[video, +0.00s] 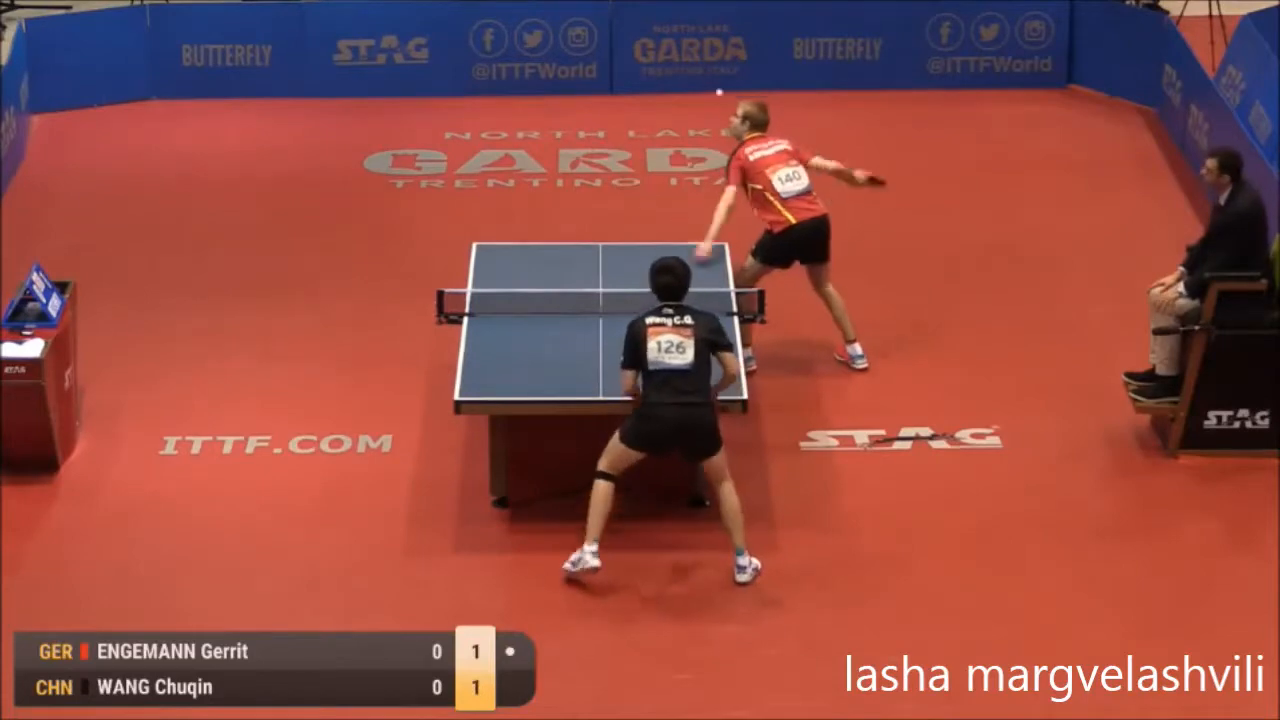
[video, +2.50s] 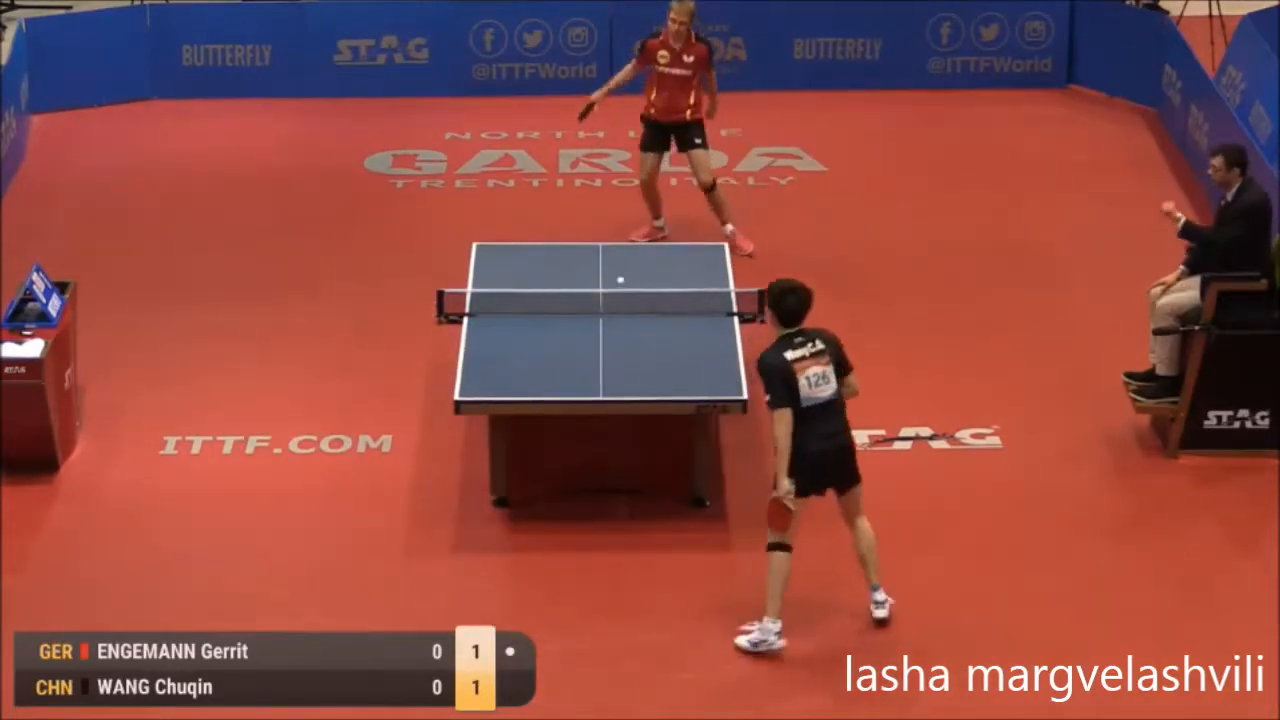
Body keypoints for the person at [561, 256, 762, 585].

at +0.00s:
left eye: (658, 282)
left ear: (653, 287)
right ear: (687, 287)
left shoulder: (639, 325)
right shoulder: (706, 321)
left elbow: (628, 385)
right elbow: (732, 371)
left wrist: (643, 397)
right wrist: (713, 391)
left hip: (653, 417)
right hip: (699, 418)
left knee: (607, 471)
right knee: (722, 482)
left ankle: (589, 550)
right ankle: (742, 559)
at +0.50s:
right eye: (572, 287)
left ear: (545, 289)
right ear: (576, 291)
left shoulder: (525, 317)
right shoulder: (588, 329)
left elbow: (480, 335)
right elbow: (616, 376)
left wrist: (501, 349)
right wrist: (602, 368)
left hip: (515, 413)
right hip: (559, 420)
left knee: (483, 454)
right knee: (610, 474)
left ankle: (450, 520)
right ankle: (588, 556)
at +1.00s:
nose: (495, 320)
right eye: (495, 317)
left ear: (465, 314)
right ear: (493, 322)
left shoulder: (443, 331)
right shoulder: (497, 348)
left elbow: (420, 327)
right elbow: (530, 366)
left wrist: (442, 324)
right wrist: (524, 343)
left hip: (422, 427)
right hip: (459, 435)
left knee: (416, 460)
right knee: (527, 485)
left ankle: (388, 521)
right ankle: (572, 558)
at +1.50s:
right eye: (551, 307)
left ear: (525, 314)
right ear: (557, 310)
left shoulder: (510, 352)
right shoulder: (579, 341)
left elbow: (468, 378)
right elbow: (627, 371)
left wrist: (485, 377)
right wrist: (612, 387)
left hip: (534, 446)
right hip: (580, 442)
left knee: (494, 500)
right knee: (640, 484)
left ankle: (454, 556)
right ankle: (634, 570)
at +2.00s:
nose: (650, 359)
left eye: (648, 355)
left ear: (647, 362)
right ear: (680, 354)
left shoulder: (653, 403)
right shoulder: (703, 377)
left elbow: (652, 461)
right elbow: (728, 415)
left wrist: (613, 484)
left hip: (687, 486)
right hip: (730, 479)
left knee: (629, 547)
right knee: (764, 528)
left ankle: (590, 622)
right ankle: (750, 609)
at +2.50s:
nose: (765, 312)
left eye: (767, 308)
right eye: (769, 306)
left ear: (772, 315)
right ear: (805, 311)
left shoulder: (772, 359)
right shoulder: (827, 340)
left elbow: (783, 420)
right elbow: (850, 388)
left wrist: (781, 476)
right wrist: (813, 399)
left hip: (800, 455)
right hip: (840, 448)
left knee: (779, 535)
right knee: (857, 518)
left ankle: (771, 625)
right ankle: (878, 595)